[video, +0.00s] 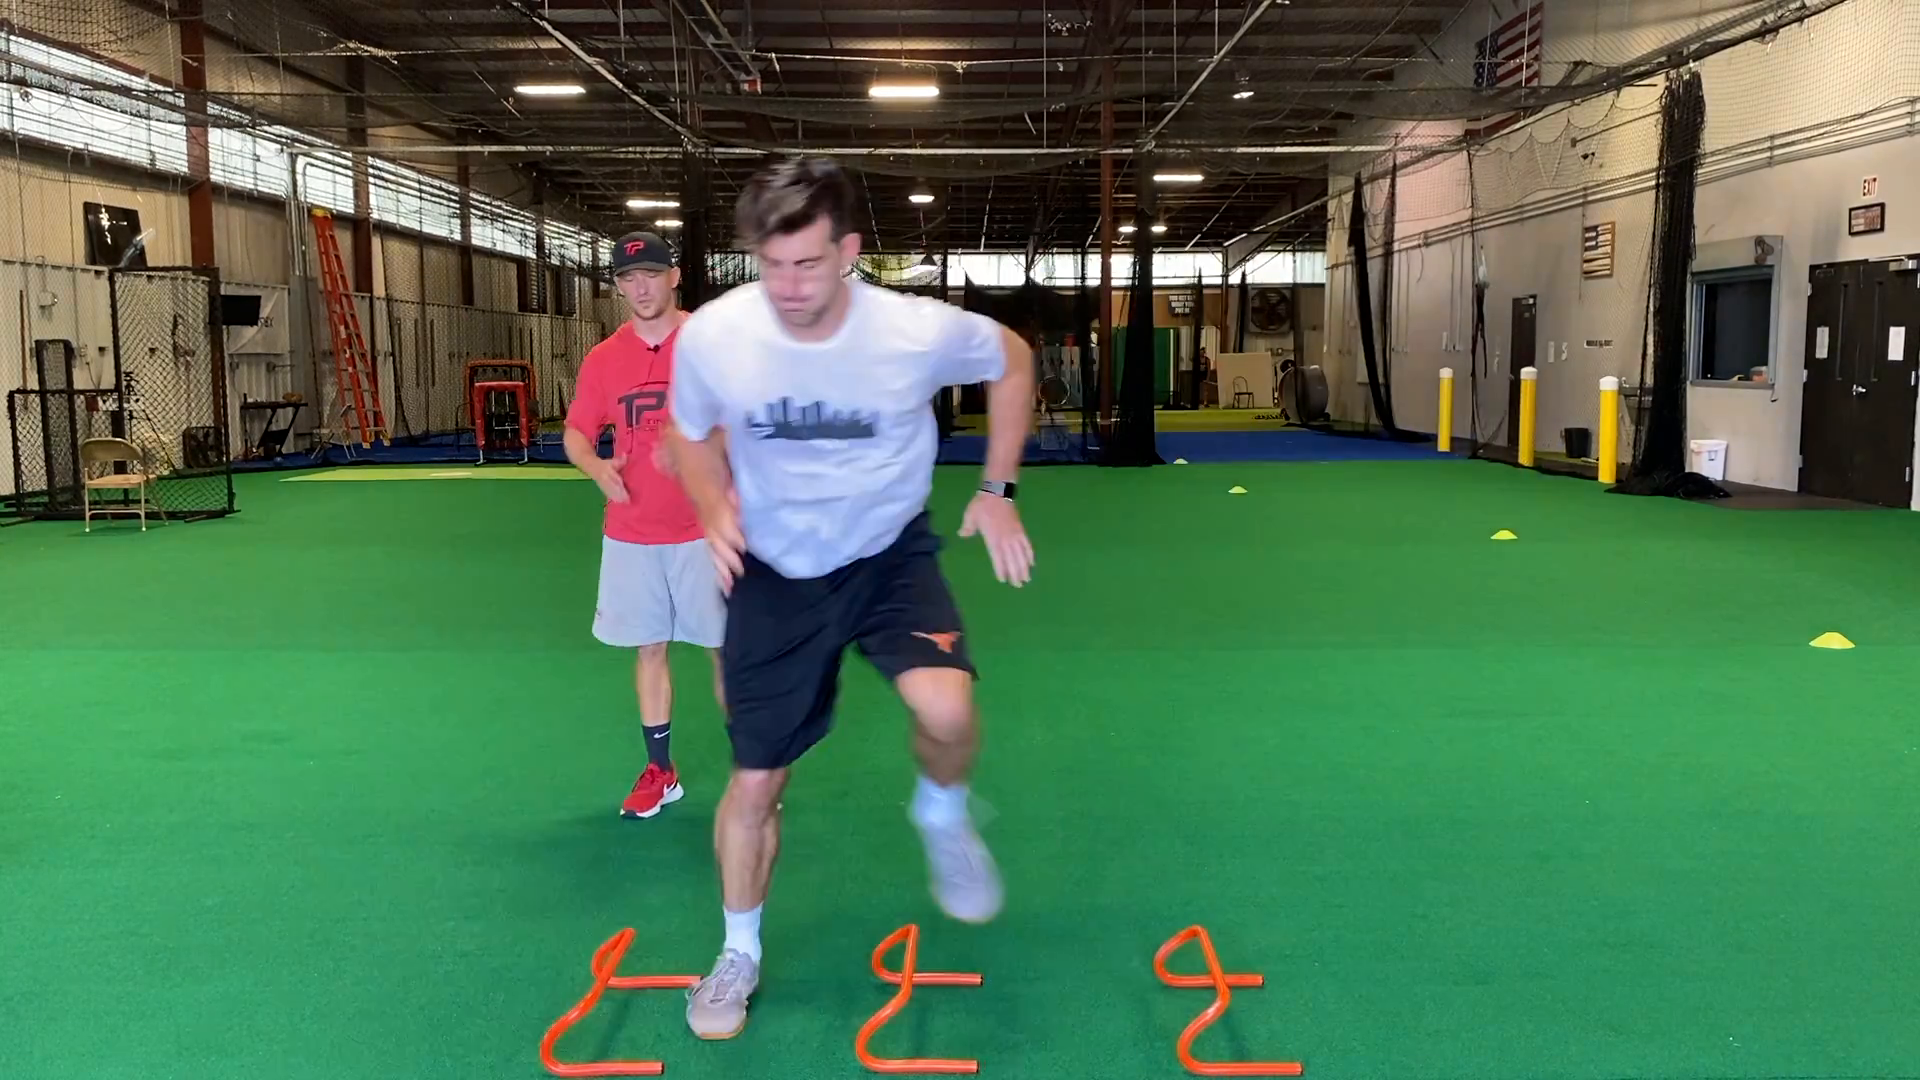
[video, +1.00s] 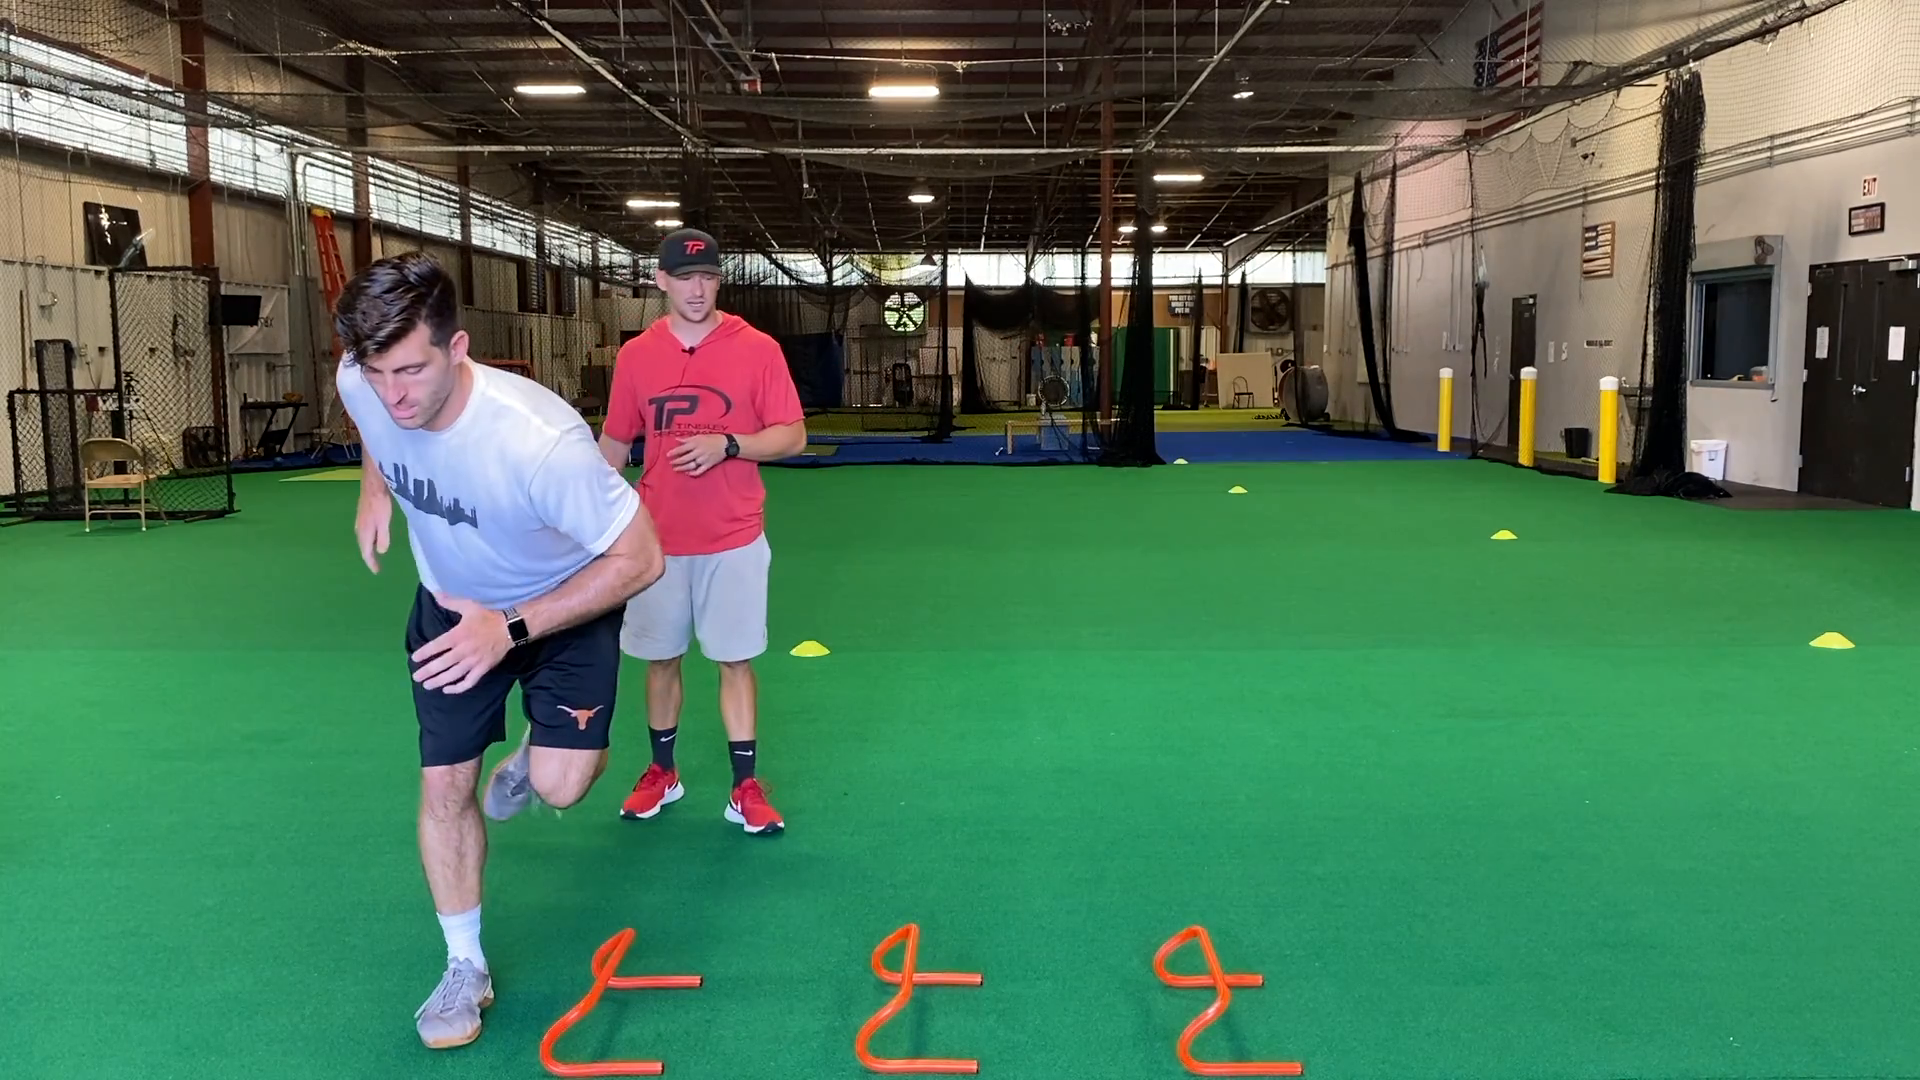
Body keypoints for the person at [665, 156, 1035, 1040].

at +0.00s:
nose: (790, 282)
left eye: (809, 264)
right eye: (775, 264)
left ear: (851, 252)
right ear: (755, 256)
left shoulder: (916, 330)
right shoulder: (711, 338)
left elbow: (1013, 358)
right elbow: (686, 435)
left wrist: (998, 488)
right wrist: (712, 507)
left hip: (893, 555)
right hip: (774, 573)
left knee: (950, 714)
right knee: (755, 781)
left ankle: (944, 818)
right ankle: (737, 953)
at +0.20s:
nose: (675, 286)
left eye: (694, 265)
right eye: (658, 267)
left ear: (735, 251)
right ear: (636, 260)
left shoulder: (807, 341)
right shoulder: (611, 318)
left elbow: (891, 436)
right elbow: (600, 373)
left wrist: (814, 528)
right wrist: (609, 486)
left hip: (768, 560)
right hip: (654, 545)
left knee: (760, 774)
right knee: (592, 694)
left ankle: (766, 939)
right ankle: (664, 831)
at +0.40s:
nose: (545, 304)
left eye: (563, 282)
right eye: (527, 287)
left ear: (609, 265)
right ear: (509, 276)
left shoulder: (682, 343)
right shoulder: (484, 341)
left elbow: (813, 390)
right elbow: (485, 420)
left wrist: (787, 525)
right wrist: (501, 512)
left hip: (687, 565)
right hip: (566, 574)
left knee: (706, 742)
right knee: (527, 757)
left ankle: (753, 873)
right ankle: (471, 952)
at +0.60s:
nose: (440, 367)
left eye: (459, 345)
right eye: (427, 347)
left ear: (508, 328)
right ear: (410, 336)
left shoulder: (590, 419)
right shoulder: (405, 368)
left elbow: (694, 519)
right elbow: (413, 423)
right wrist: (402, 503)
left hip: (606, 605)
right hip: (485, 606)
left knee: (592, 784)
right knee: (473, 784)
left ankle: (646, 693)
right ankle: (471, 966)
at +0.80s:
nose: (396, 392)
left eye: (414, 371)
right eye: (381, 374)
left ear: (462, 350)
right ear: (364, 366)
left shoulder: (545, 441)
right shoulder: (367, 382)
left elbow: (643, 562)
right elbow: (376, 425)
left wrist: (513, 624)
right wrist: (375, 478)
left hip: (575, 610)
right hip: (460, 608)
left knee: (567, 785)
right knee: (455, 784)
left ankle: (537, 763)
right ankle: (467, 966)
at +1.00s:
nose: (394, 392)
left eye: (412, 370)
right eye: (379, 373)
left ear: (459, 348)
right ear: (360, 365)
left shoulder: (543, 441)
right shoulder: (360, 383)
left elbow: (640, 557)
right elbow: (375, 434)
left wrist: (514, 624)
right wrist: (375, 486)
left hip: (571, 605)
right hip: (454, 603)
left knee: (565, 783)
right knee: (449, 781)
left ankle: (529, 762)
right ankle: (464, 965)